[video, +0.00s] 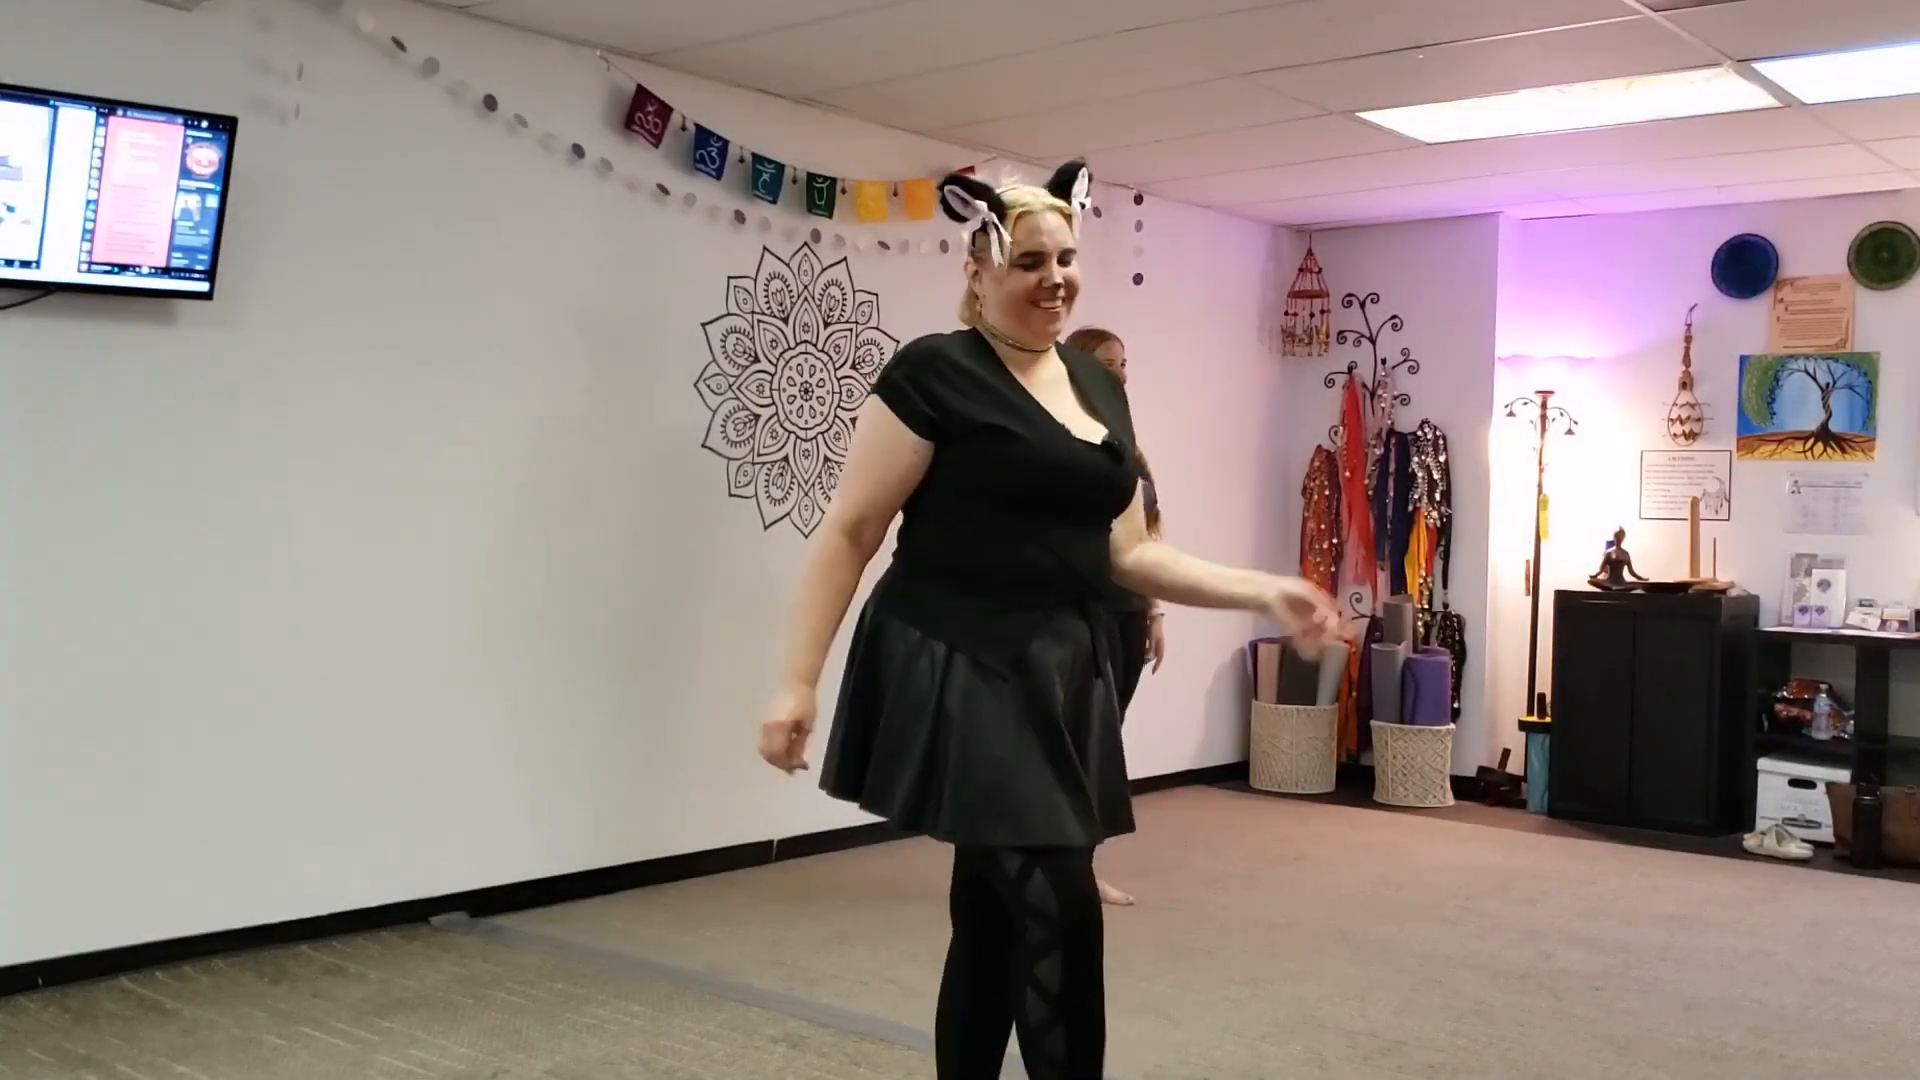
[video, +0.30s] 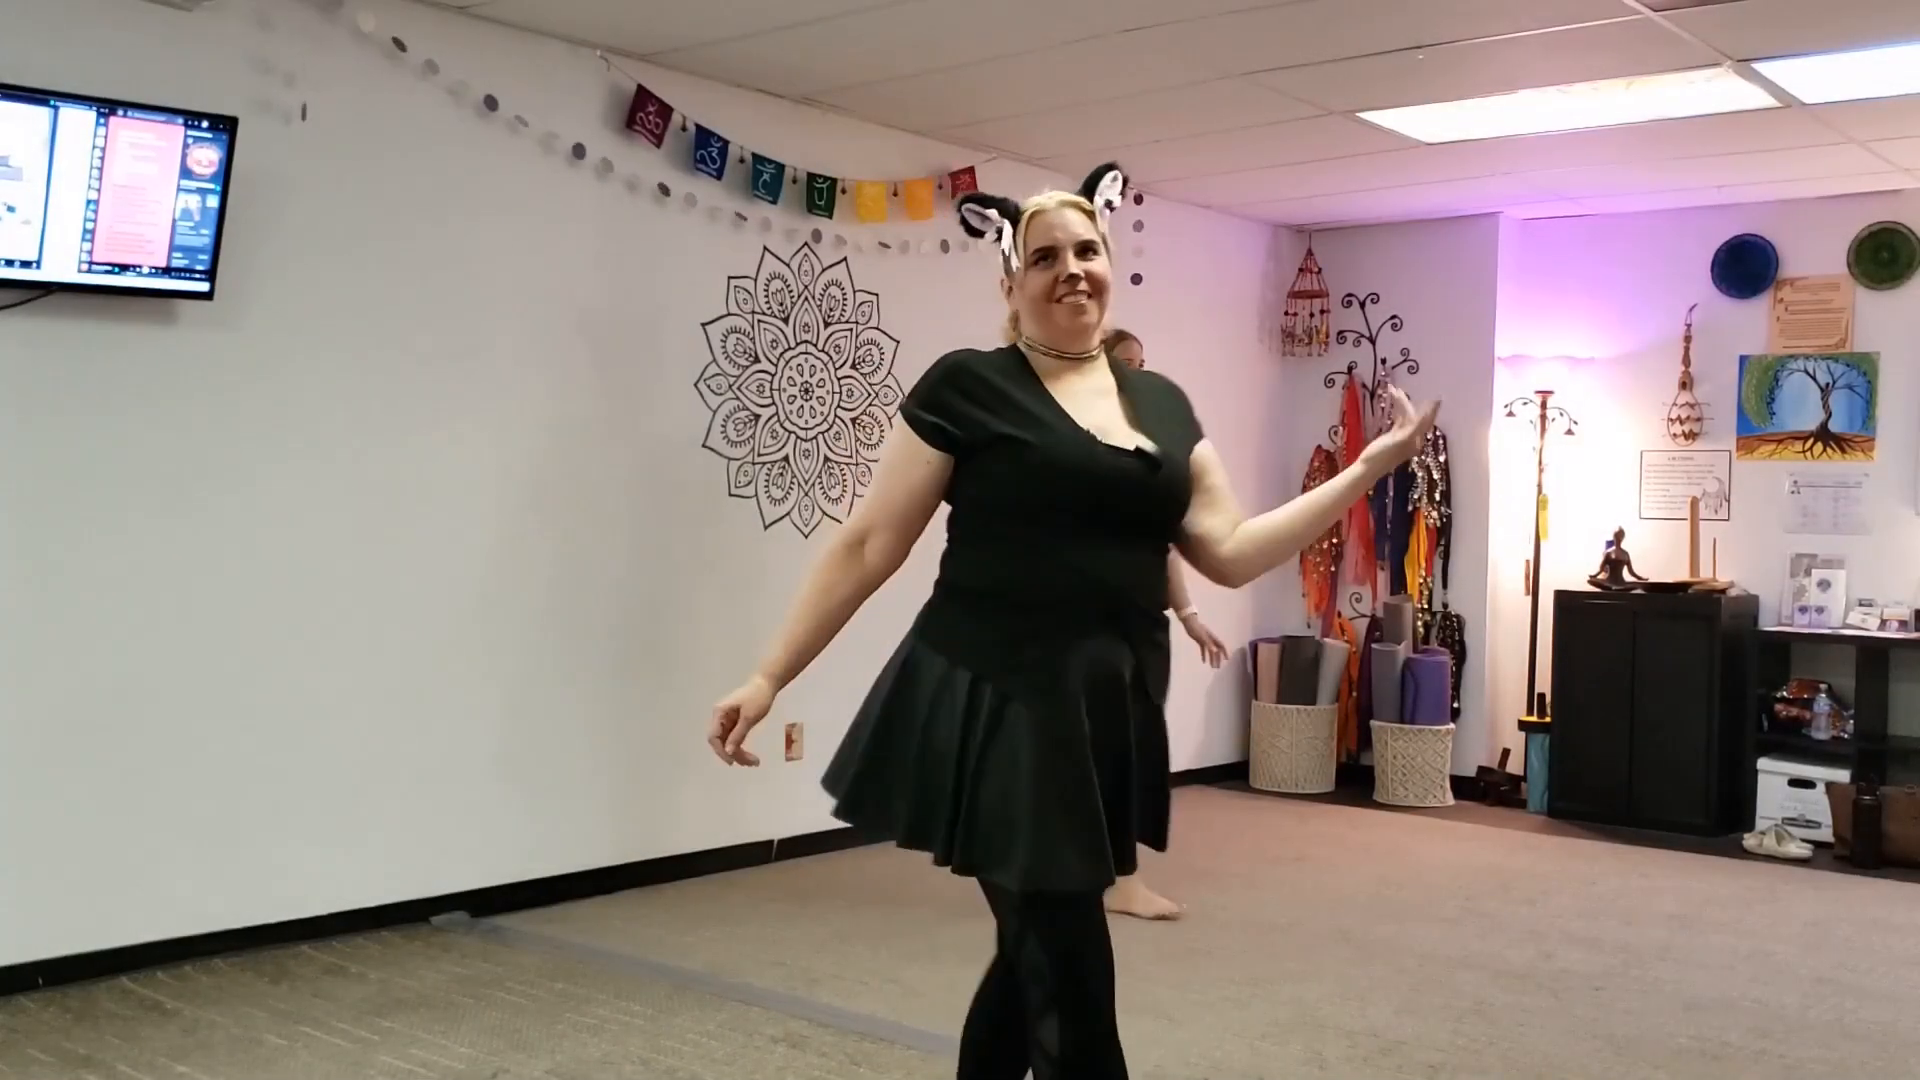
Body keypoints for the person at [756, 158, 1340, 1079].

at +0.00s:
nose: (1055, 278)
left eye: (1066, 259)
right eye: (1031, 260)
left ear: (1079, 269)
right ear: (978, 270)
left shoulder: (1086, 387)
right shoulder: (932, 374)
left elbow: (1130, 552)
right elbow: (850, 533)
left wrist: (1271, 592)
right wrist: (797, 687)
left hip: (1060, 671)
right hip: (950, 668)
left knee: (992, 924)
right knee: (1065, 909)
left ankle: (966, 1076)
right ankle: (1067, 1072)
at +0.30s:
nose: (1071, 269)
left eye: (1087, 250)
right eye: (1046, 255)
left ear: (1114, 275)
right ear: (1013, 285)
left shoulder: (1158, 405)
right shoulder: (970, 387)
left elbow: (1231, 554)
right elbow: (869, 543)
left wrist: (1367, 468)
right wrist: (770, 677)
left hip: (1107, 704)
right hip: (984, 697)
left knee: (1032, 960)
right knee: (1077, 967)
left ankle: (987, 1074)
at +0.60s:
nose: (1090, 276)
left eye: (1113, 258)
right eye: (1068, 259)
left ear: (1147, 275)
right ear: (1037, 279)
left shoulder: (1207, 392)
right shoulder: (989, 401)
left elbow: (1296, 554)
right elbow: (881, 570)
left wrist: (1395, 472)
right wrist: (758, 670)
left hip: (1171, 721)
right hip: (1017, 724)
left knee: (1222, 994)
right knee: (1078, 1022)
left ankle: (1078, 1013)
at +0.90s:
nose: (1071, 227)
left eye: (1099, 208)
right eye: (1053, 209)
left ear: (1150, 228)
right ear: (1032, 230)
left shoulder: (1217, 357)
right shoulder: (985, 366)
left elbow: (1294, 539)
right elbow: (908, 544)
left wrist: (1398, 626)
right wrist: (784, 637)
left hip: (1172, 718)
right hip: (1016, 719)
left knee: (1132, 1006)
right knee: (1066, 1012)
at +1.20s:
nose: (1024, 223)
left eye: (1057, 196)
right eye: (1018, 203)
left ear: (1141, 215)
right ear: (1013, 223)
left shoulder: (1211, 373)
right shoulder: (982, 363)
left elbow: (1261, 605)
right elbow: (914, 557)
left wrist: (1319, 785)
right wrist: (800, 667)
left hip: (1136, 761)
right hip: (975, 758)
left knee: (1076, 1051)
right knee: (1046, 1049)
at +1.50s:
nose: (944, 228)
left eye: (973, 199)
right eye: (946, 204)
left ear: (1072, 207)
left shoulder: (1156, 365)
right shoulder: (950, 366)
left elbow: (1188, 593)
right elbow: (934, 592)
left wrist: (1282, 741)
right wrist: (848, 711)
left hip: (1071, 773)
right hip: (907, 762)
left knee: (1060, 1060)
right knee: (866, 1059)